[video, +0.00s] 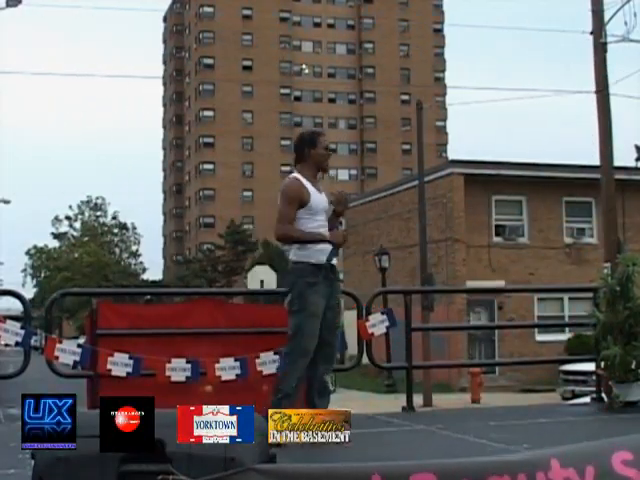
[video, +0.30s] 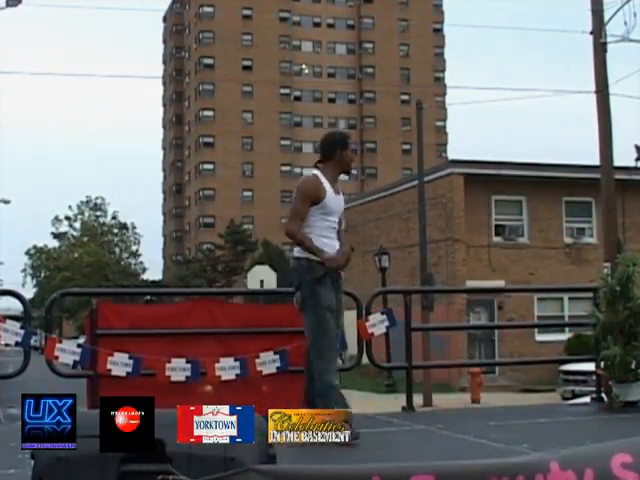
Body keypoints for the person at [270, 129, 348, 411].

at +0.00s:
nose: (330, 154)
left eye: (329, 149)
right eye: (325, 149)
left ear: (311, 154)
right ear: (308, 153)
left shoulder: (317, 188)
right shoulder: (294, 185)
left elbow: (324, 231)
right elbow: (282, 232)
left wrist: (337, 215)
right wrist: (326, 237)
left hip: (328, 271)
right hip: (306, 270)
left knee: (326, 346)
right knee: (303, 344)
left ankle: (318, 409)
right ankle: (281, 408)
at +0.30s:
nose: (355, 158)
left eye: (354, 153)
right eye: (351, 152)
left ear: (337, 155)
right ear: (337, 154)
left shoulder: (336, 189)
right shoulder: (311, 184)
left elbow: (335, 232)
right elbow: (292, 228)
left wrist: (343, 251)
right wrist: (322, 255)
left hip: (329, 265)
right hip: (312, 265)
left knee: (329, 339)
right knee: (324, 339)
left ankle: (319, 404)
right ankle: (330, 410)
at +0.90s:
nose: (385, 146)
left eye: (384, 141)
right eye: (379, 141)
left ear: (369, 146)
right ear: (361, 145)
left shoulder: (372, 178)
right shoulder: (341, 178)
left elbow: (364, 228)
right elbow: (323, 227)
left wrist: (376, 259)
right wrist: (329, 278)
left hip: (373, 266)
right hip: (350, 266)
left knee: (391, 340)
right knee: (357, 345)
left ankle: (353, 400)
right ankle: (361, 426)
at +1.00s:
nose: (390, 143)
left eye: (390, 138)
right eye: (384, 138)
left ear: (376, 144)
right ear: (366, 142)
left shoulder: (379, 178)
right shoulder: (347, 177)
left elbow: (372, 228)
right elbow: (328, 226)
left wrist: (383, 267)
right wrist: (341, 272)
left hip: (380, 266)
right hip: (356, 266)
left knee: (398, 338)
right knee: (359, 346)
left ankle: (389, 417)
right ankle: (361, 424)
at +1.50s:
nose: (436, 137)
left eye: (438, 132)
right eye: (429, 131)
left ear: (436, 139)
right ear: (411, 137)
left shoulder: (430, 180)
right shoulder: (393, 170)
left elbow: (428, 227)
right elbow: (372, 217)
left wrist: (436, 261)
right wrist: (378, 266)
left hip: (432, 265)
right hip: (403, 265)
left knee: (439, 348)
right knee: (403, 347)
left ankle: (442, 426)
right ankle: (367, 417)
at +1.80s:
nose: (459, 130)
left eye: (460, 125)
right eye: (451, 126)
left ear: (458, 132)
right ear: (433, 133)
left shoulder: (461, 177)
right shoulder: (415, 166)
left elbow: (470, 228)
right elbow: (392, 212)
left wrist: (485, 275)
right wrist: (396, 260)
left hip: (452, 264)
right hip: (422, 261)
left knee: (452, 345)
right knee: (429, 343)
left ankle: (446, 426)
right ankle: (421, 429)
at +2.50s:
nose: (482, 113)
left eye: (484, 107)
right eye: (474, 108)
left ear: (488, 113)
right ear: (455, 117)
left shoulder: (494, 158)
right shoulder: (439, 158)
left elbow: (498, 212)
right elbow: (421, 215)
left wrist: (502, 256)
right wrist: (424, 277)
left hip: (492, 260)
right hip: (456, 260)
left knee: (513, 342)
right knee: (460, 349)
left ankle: (494, 425)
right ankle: (467, 435)